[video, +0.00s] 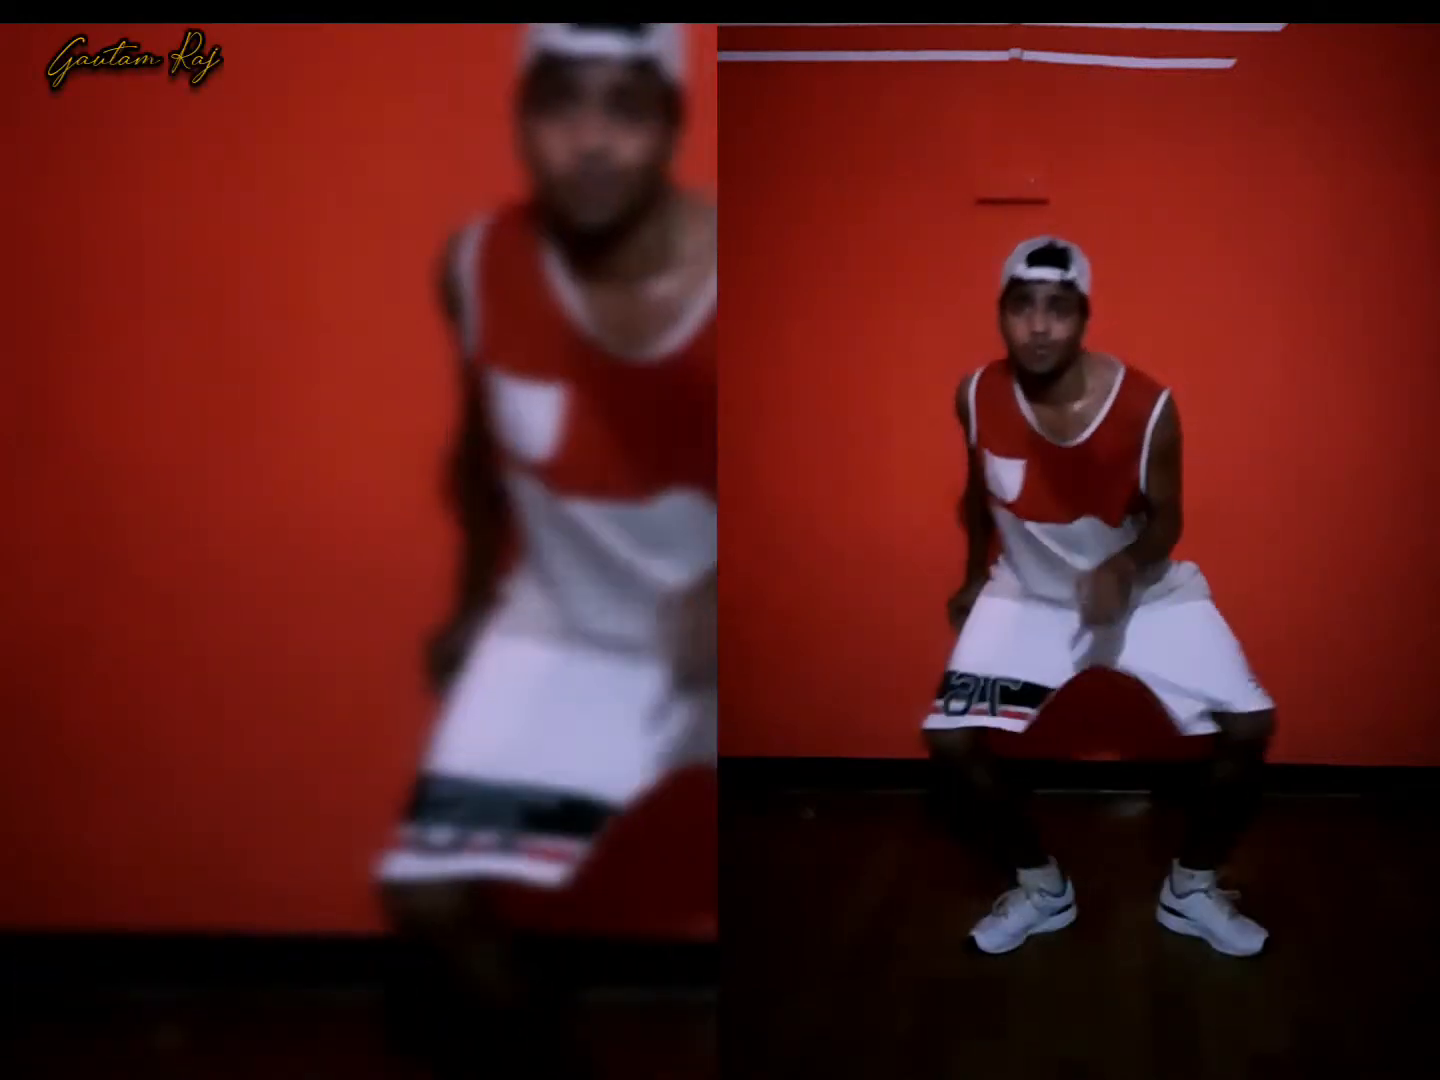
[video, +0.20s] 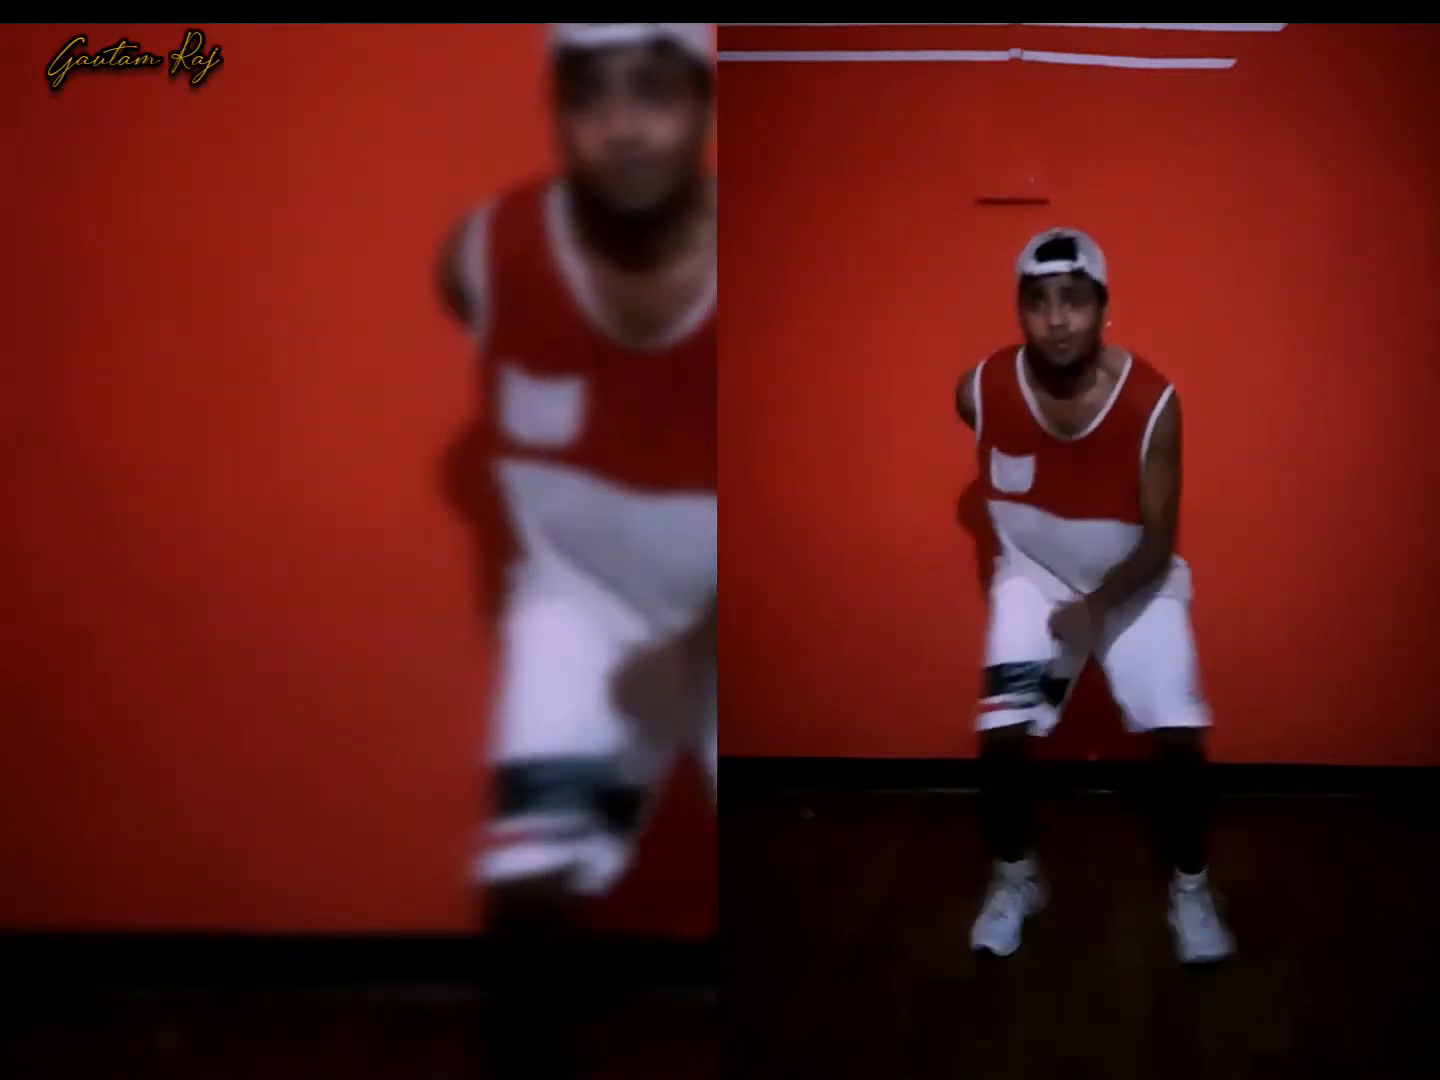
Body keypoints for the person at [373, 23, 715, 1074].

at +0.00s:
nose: (593, 138)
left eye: (628, 109)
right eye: (563, 104)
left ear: (673, 133)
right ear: (523, 127)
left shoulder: (739, 269)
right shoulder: (484, 265)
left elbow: (814, 455)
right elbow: (480, 455)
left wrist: (735, 590)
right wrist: (472, 609)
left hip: (713, 645)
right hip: (552, 638)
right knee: (432, 892)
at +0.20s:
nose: (623, 126)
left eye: (654, 92)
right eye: (591, 96)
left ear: (706, 112)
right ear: (558, 121)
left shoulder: (766, 273)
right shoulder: (492, 254)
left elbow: (813, 501)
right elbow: (507, 408)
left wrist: (701, 653)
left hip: (745, 608)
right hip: (579, 586)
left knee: (779, 885)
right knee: (533, 883)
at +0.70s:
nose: (498, 119)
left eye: (531, 85)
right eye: (469, 86)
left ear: (581, 104)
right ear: (438, 111)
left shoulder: (705, 242)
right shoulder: (402, 283)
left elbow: (793, 392)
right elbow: (328, 439)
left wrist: (747, 520)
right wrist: (435, 523)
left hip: (699, 626)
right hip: (515, 629)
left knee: (789, 902)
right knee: (474, 918)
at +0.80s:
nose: (427, 39)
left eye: (451, 17)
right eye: (408, 25)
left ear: (518, 16)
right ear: (391, 43)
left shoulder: (648, 98)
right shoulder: (376, 227)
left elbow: (712, 287)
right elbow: (367, 473)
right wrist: (478, 467)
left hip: (683, 584)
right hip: (503, 610)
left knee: (768, 860)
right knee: (491, 919)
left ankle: (609, 1016)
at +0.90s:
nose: (412, 46)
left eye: (436, 22)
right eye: (389, 27)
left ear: (493, 25)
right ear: (367, 45)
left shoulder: (587, 122)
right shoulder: (362, 223)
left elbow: (632, 311)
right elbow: (448, 483)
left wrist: (693, 411)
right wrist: (503, 341)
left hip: (651, 594)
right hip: (494, 607)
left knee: (618, 936)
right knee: (484, 940)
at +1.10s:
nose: (519, 68)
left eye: (551, 42)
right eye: (496, 39)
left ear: (596, 58)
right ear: (463, 50)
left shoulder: (631, 194)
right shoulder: (387, 184)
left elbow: (630, 391)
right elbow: (349, 439)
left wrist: (740, 431)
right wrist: (426, 405)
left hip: (575, 625)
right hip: (422, 608)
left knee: (512, 965)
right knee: (406, 940)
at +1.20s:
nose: (603, 47)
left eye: (632, 25)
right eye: (579, 22)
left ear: (671, 43)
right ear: (537, 34)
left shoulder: (694, 176)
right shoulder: (450, 157)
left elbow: (679, 341)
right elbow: (298, 388)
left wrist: (770, 441)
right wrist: (345, 545)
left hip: (562, 590)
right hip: (395, 584)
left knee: (610, 864)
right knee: (355, 899)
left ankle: (457, 1041)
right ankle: (302, 1078)